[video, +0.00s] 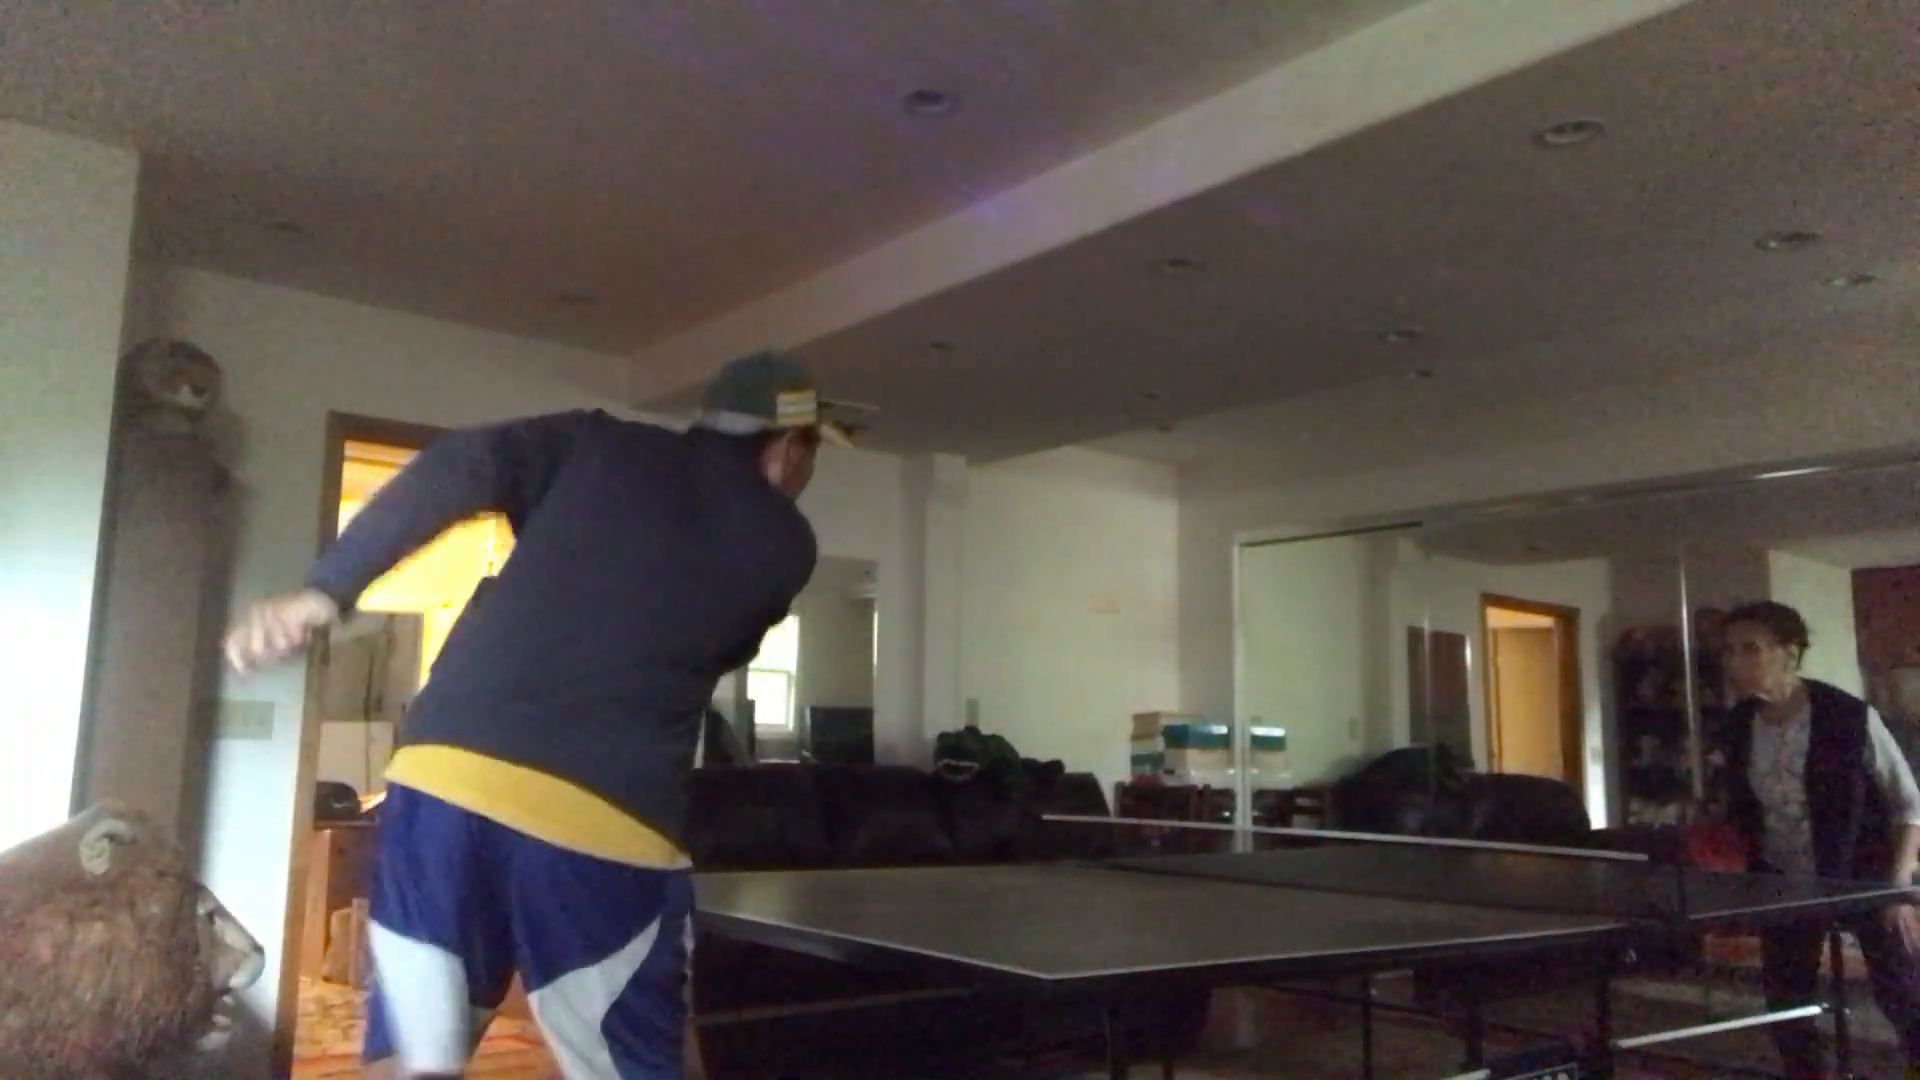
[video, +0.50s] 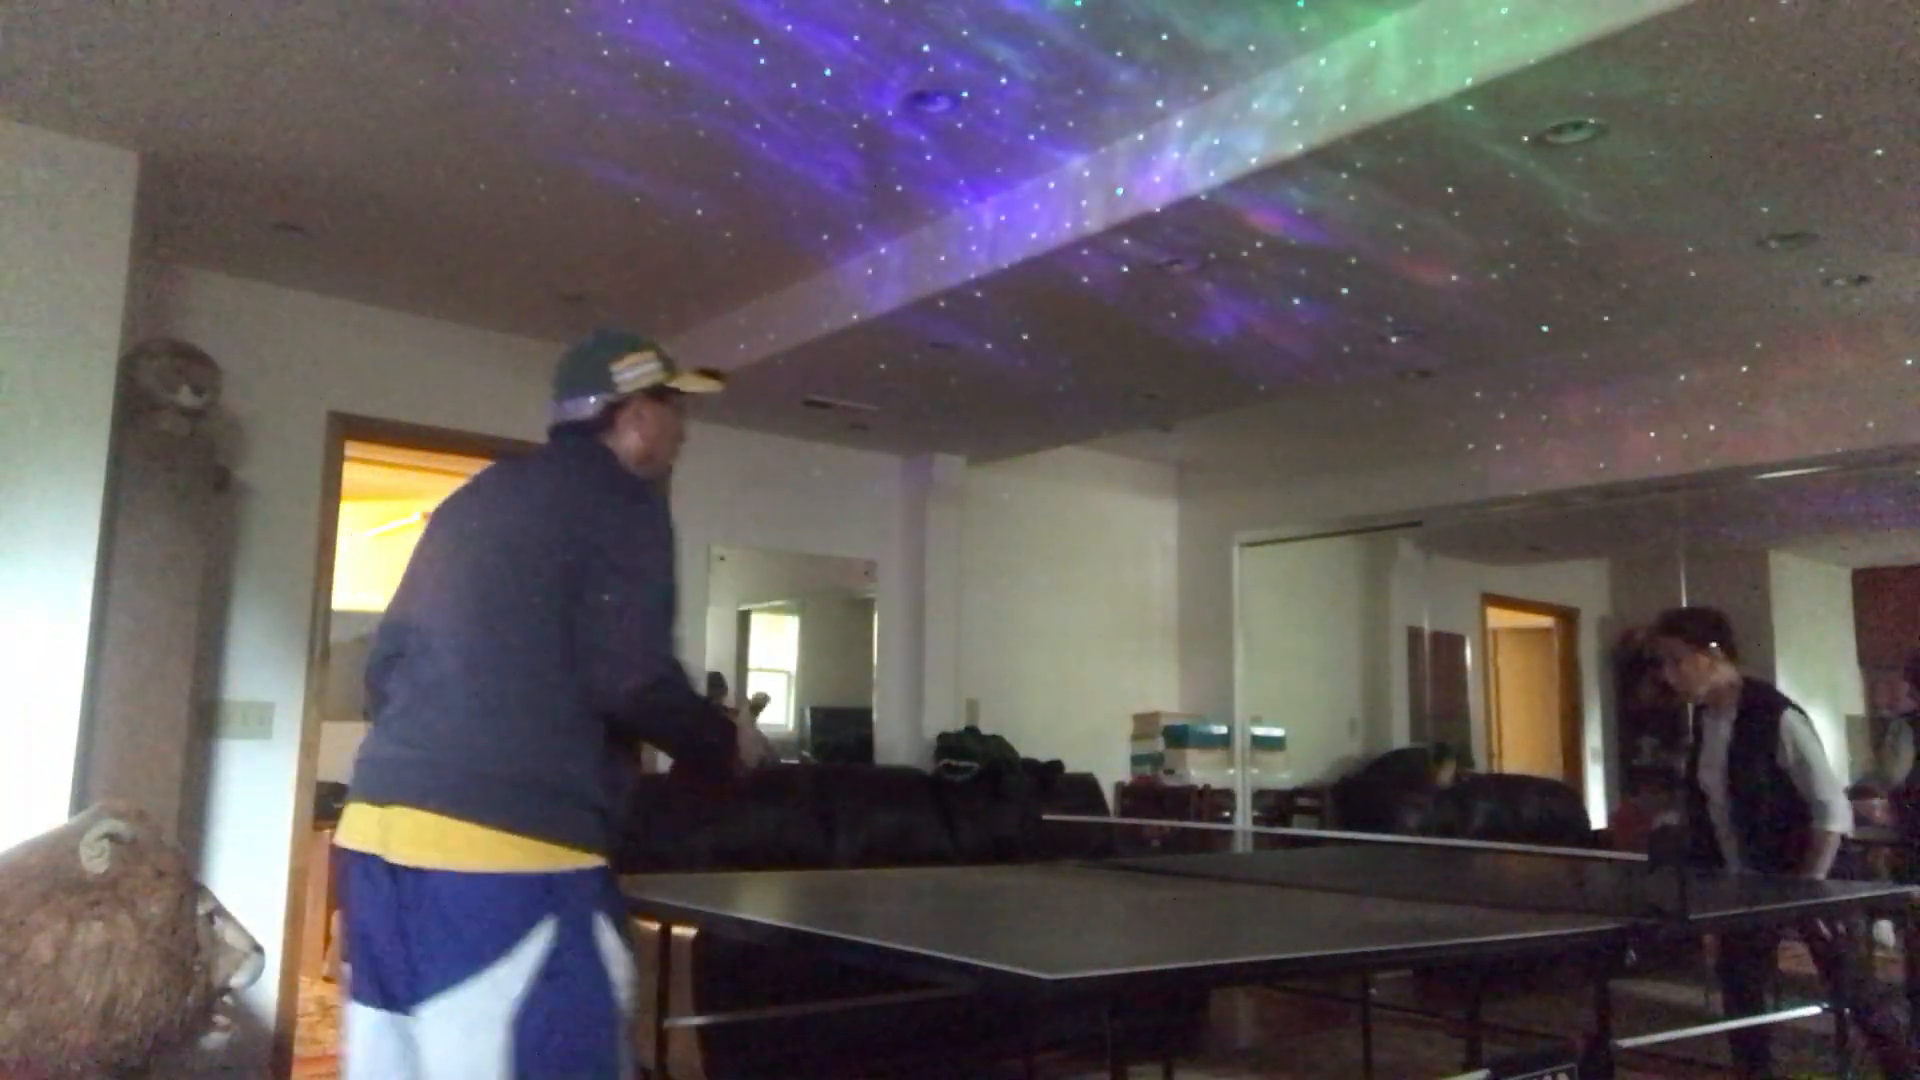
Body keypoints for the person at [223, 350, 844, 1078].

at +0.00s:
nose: (809, 472)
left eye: (812, 455)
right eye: (810, 452)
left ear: (707, 422)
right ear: (783, 448)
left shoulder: (595, 436)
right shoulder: (785, 540)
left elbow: (461, 459)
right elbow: (724, 650)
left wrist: (327, 586)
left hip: (440, 787)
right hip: (604, 830)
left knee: (412, 1062)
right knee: (632, 1064)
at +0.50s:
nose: (681, 427)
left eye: (678, 408)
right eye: (672, 408)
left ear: (572, 416)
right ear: (632, 416)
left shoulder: (472, 495)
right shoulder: (624, 502)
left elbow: (386, 664)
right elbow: (626, 678)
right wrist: (720, 740)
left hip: (376, 843)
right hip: (511, 855)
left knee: (387, 1066)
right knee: (550, 1064)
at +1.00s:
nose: (656, 407)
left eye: (654, 387)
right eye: (650, 385)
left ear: (551, 386)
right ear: (608, 389)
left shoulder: (453, 472)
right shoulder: (586, 478)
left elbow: (364, 648)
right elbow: (584, 663)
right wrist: (716, 707)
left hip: (352, 830)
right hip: (472, 844)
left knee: (338, 1060)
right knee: (496, 1064)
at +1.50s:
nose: (687, 437)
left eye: (690, 416)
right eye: (682, 413)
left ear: (577, 400)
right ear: (642, 410)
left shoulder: (450, 458)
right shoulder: (641, 502)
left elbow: (312, 562)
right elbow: (653, 693)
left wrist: (256, 730)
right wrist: (773, 696)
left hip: (340, 804)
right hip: (488, 830)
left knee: (292, 1051)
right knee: (492, 1059)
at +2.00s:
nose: (633, 374)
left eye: (631, 352)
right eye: (620, 350)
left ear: (537, 362)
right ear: (567, 358)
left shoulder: (414, 465)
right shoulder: (565, 462)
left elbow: (354, 649)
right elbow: (606, 653)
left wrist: (419, 746)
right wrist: (752, 626)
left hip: (370, 828)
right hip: (497, 842)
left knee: (374, 1067)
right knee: (521, 1063)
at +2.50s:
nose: (601, 399)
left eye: (600, 378)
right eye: (592, 376)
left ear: (524, 376)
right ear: (539, 374)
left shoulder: (409, 471)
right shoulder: (508, 477)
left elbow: (343, 642)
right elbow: (517, 670)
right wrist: (677, 695)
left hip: (355, 841)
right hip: (453, 853)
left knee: (363, 1061)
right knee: (472, 1061)